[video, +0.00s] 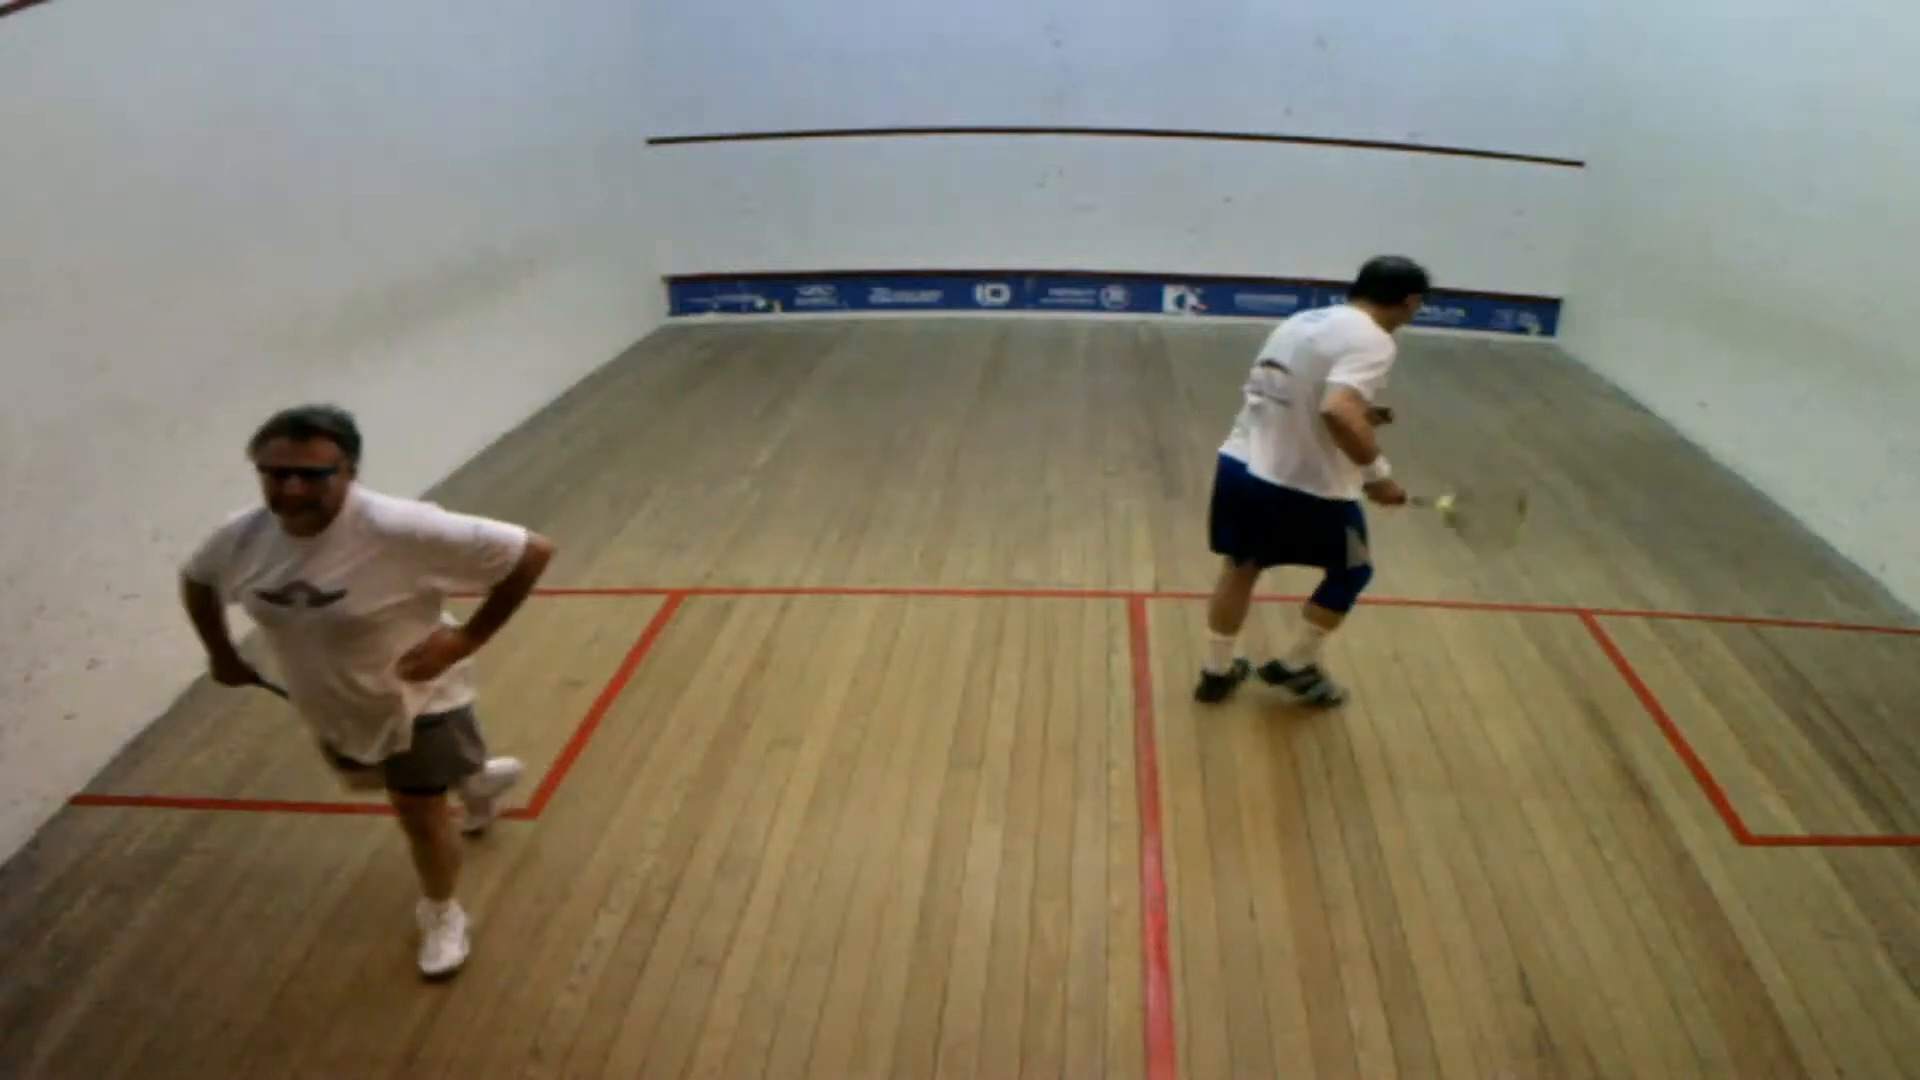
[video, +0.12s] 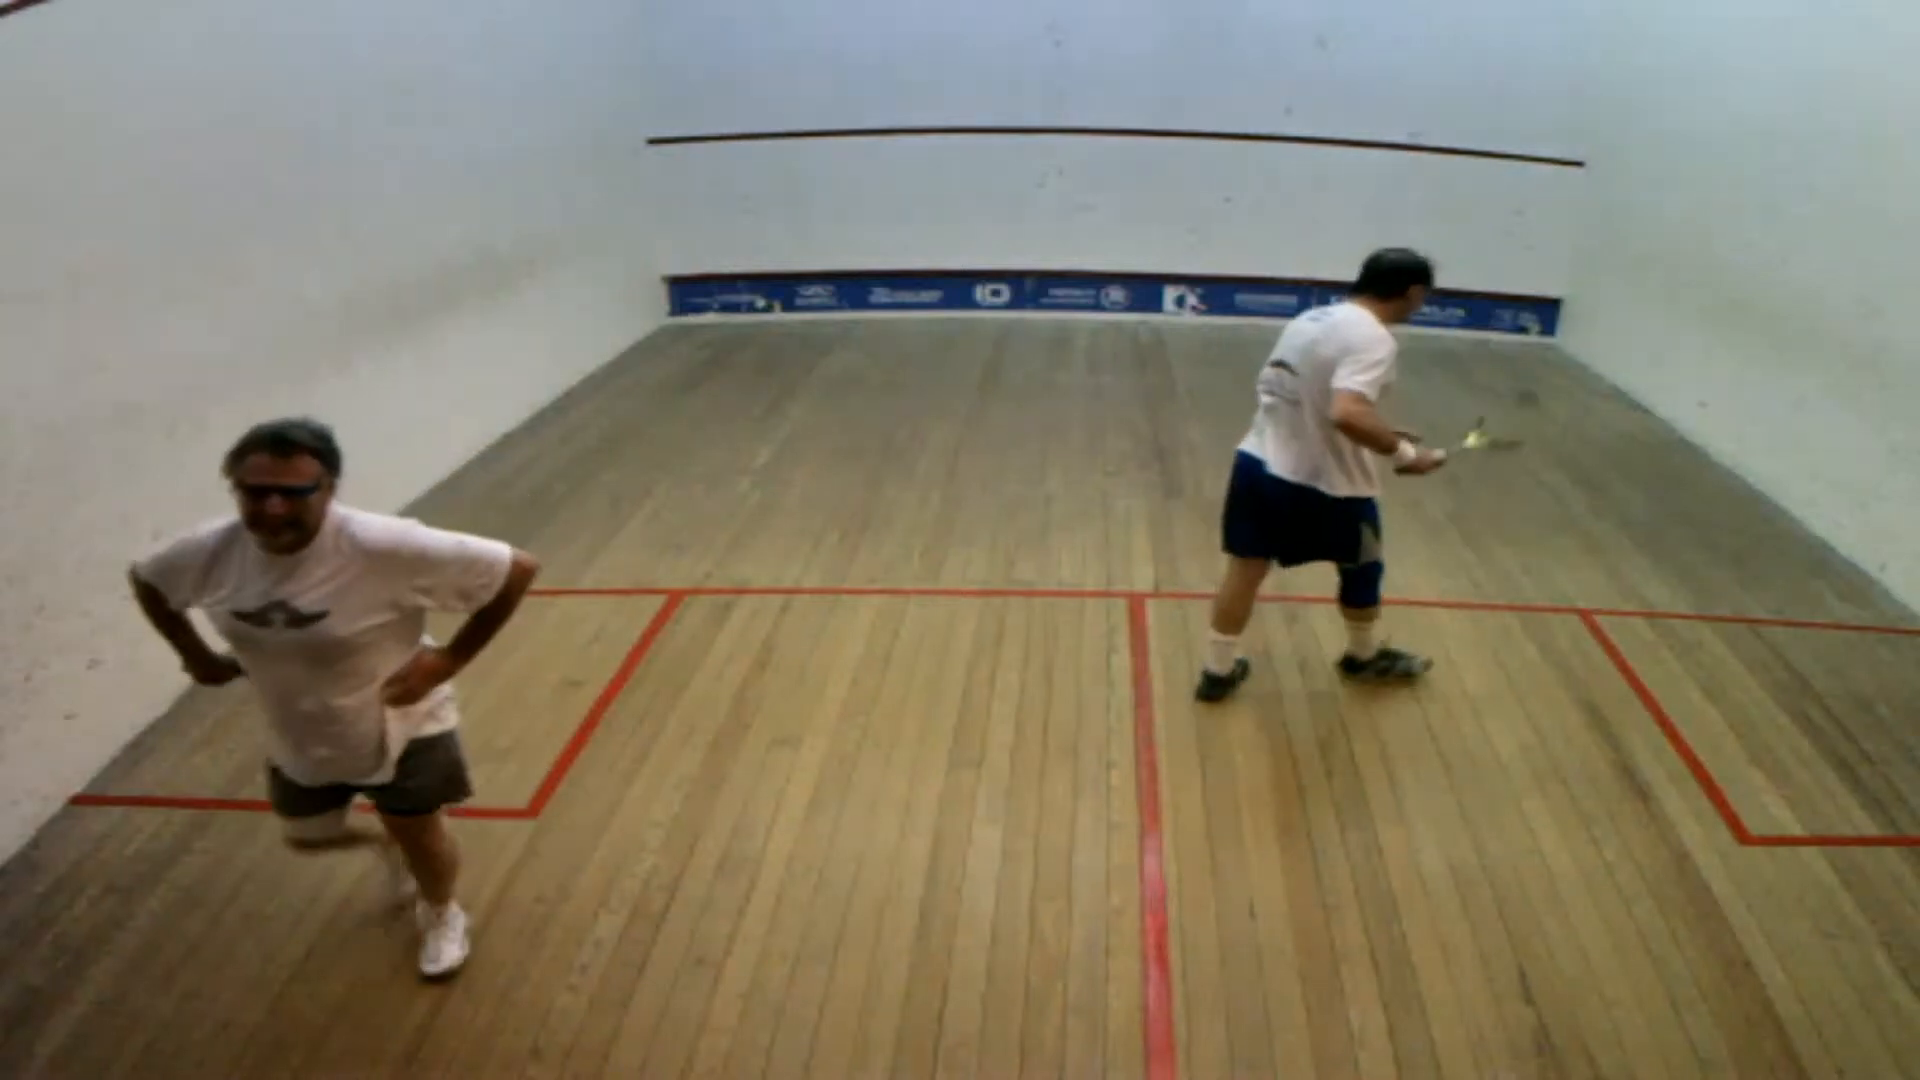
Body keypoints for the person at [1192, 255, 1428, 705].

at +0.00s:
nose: (1412, 318)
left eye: (1417, 309)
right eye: (1414, 308)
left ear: (1361, 289)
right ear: (1402, 301)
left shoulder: (1303, 320)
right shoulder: (1373, 341)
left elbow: (1282, 394)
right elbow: (1338, 411)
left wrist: (1357, 414)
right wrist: (1378, 476)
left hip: (1242, 470)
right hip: (1310, 489)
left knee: (1241, 563)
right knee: (1351, 569)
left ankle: (1216, 668)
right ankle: (1298, 663)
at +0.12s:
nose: (1420, 307)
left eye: (1423, 299)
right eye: (1421, 298)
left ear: (1368, 283)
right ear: (1406, 294)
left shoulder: (1312, 318)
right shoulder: (1373, 340)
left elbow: (1309, 405)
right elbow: (1348, 412)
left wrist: (1386, 436)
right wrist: (1403, 452)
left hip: (1260, 469)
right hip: (1330, 485)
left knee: (1244, 568)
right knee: (1361, 561)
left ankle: (1217, 669)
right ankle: (1361, 654)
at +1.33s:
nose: (1598, 295)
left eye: (1598, 289)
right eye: (1599, 289)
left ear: (1549, 280)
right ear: (1592, 286)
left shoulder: (1505, 315)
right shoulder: (1596, 332)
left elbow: (1467, 382)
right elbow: (1613, 418)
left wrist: (1493, 425)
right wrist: (1627, 459)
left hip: (1495, 451)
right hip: (1560, 462)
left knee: (1503, 532)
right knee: (1581, 544)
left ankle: (1507, 627)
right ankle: (1506, 615)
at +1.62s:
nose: (1629, 296)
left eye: (1630, 291)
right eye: (1630, 290)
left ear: (1581, 280)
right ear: (1624, 288)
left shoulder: (1534, 313)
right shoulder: (1627, 332)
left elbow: (1486, 374)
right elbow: (1643, 416)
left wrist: (1479, 425)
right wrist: (1656, 434)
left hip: (1514, 446)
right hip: (1576, 458)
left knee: (1512, 528)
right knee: (1586, 543)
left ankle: (1500, 614)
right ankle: (1543, 633)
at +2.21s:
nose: (1642, 298)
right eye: (1645, 292)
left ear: (1596, 280)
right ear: (1640, 289)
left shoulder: (1548, 309)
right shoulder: (1644, 333)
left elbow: (1497, 371)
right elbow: (1654, 418)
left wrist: (1493, 426)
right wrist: (1660, 434)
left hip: (1525, 442)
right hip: (1587, 456)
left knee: (1516, 526)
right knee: (1590, 540)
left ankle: (1501, 612)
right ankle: (1546, 630)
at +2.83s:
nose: (1648, 297)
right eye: (1650, 291)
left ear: (1604, 277)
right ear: (1648, 289)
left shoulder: (1557, 312)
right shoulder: (1645, 335)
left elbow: (1518, 372)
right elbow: (1649, 411)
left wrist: (1567, 375)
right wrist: (1682, 448)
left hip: (1535, 449)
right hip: (1600, 462)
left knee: (1521, 527)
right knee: (1627, 537)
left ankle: (1500, 615)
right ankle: (1588, 623)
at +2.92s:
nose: (1662, 294)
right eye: (1662, 288)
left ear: (1612, 278)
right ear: (1658, 290)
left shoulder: (1568, 314)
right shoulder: (1649, 335)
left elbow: (1534, 375)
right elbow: (1650, 410)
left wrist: (1585, 382)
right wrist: (1696, 436)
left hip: (1542, 450)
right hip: (1608, 463)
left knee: (1524, 528)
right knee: (1629, 542)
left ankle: (1501, 613)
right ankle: (1618, 632)